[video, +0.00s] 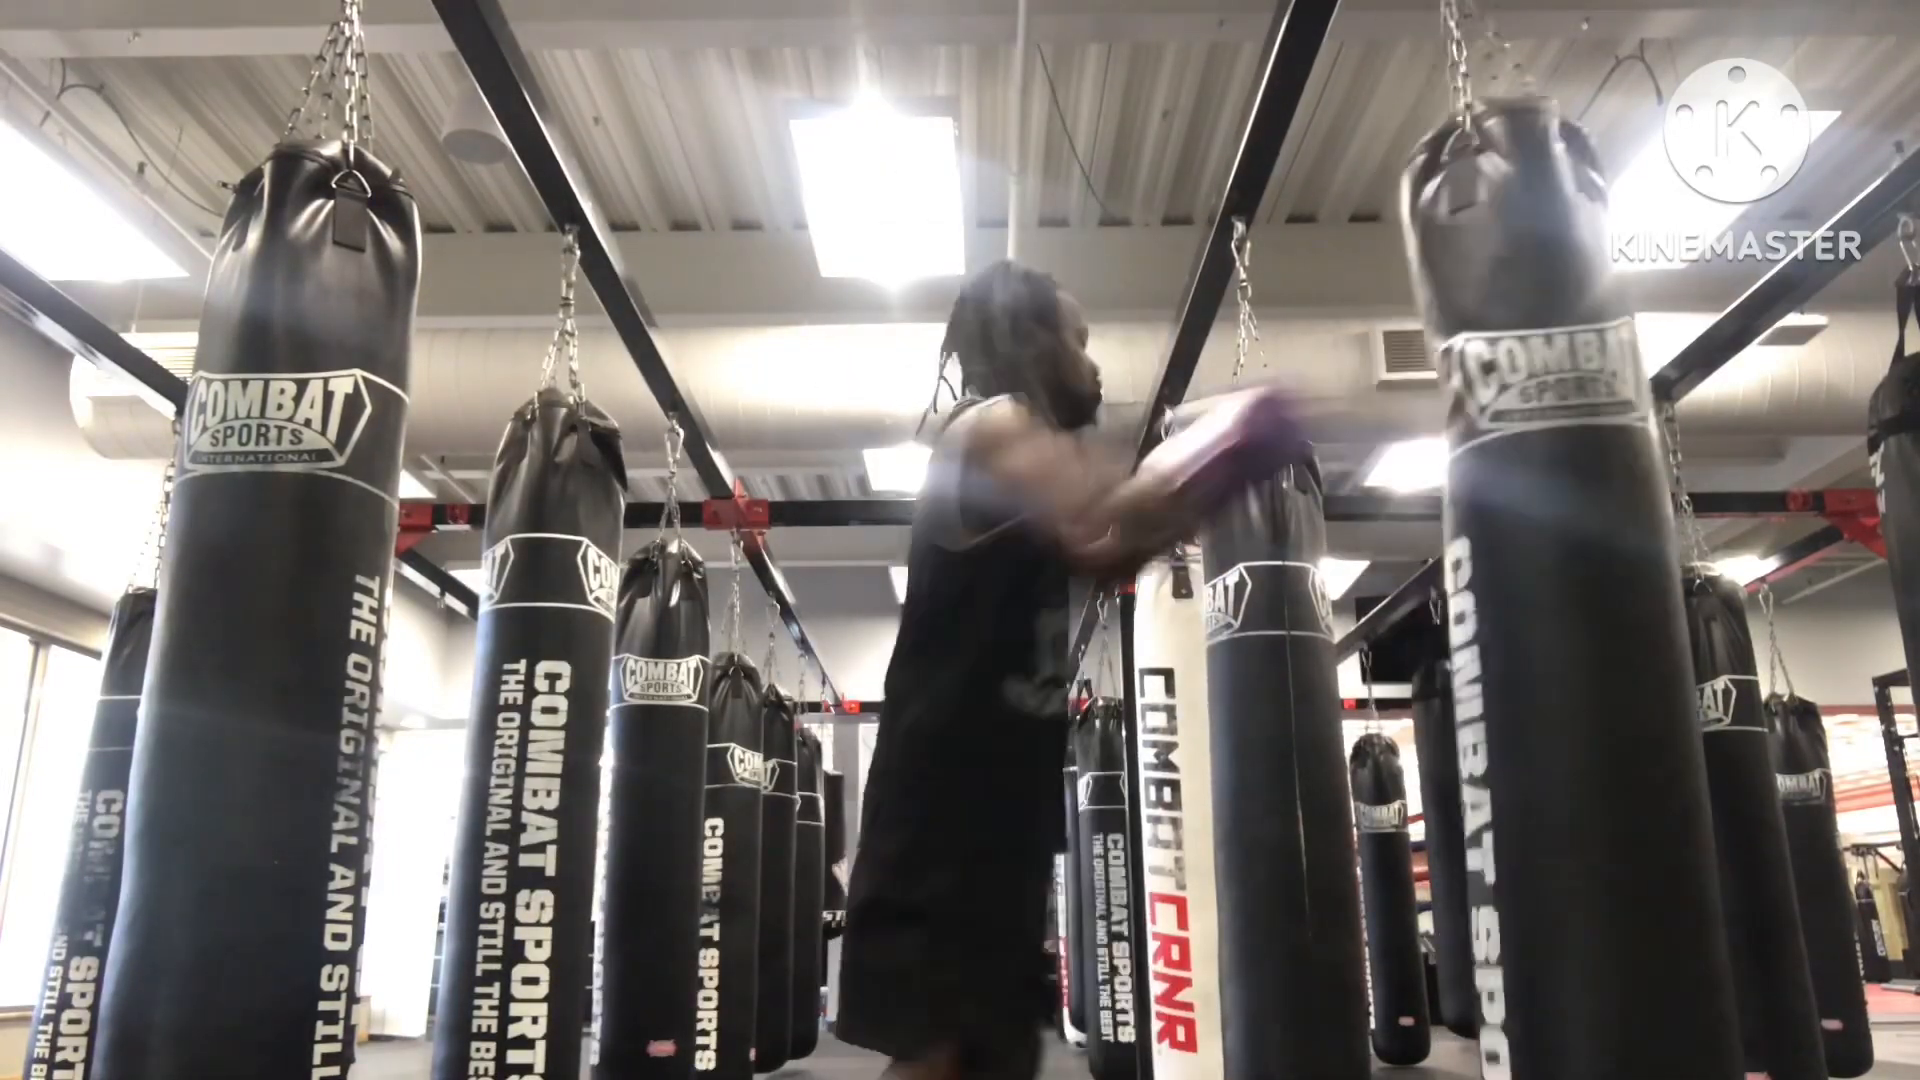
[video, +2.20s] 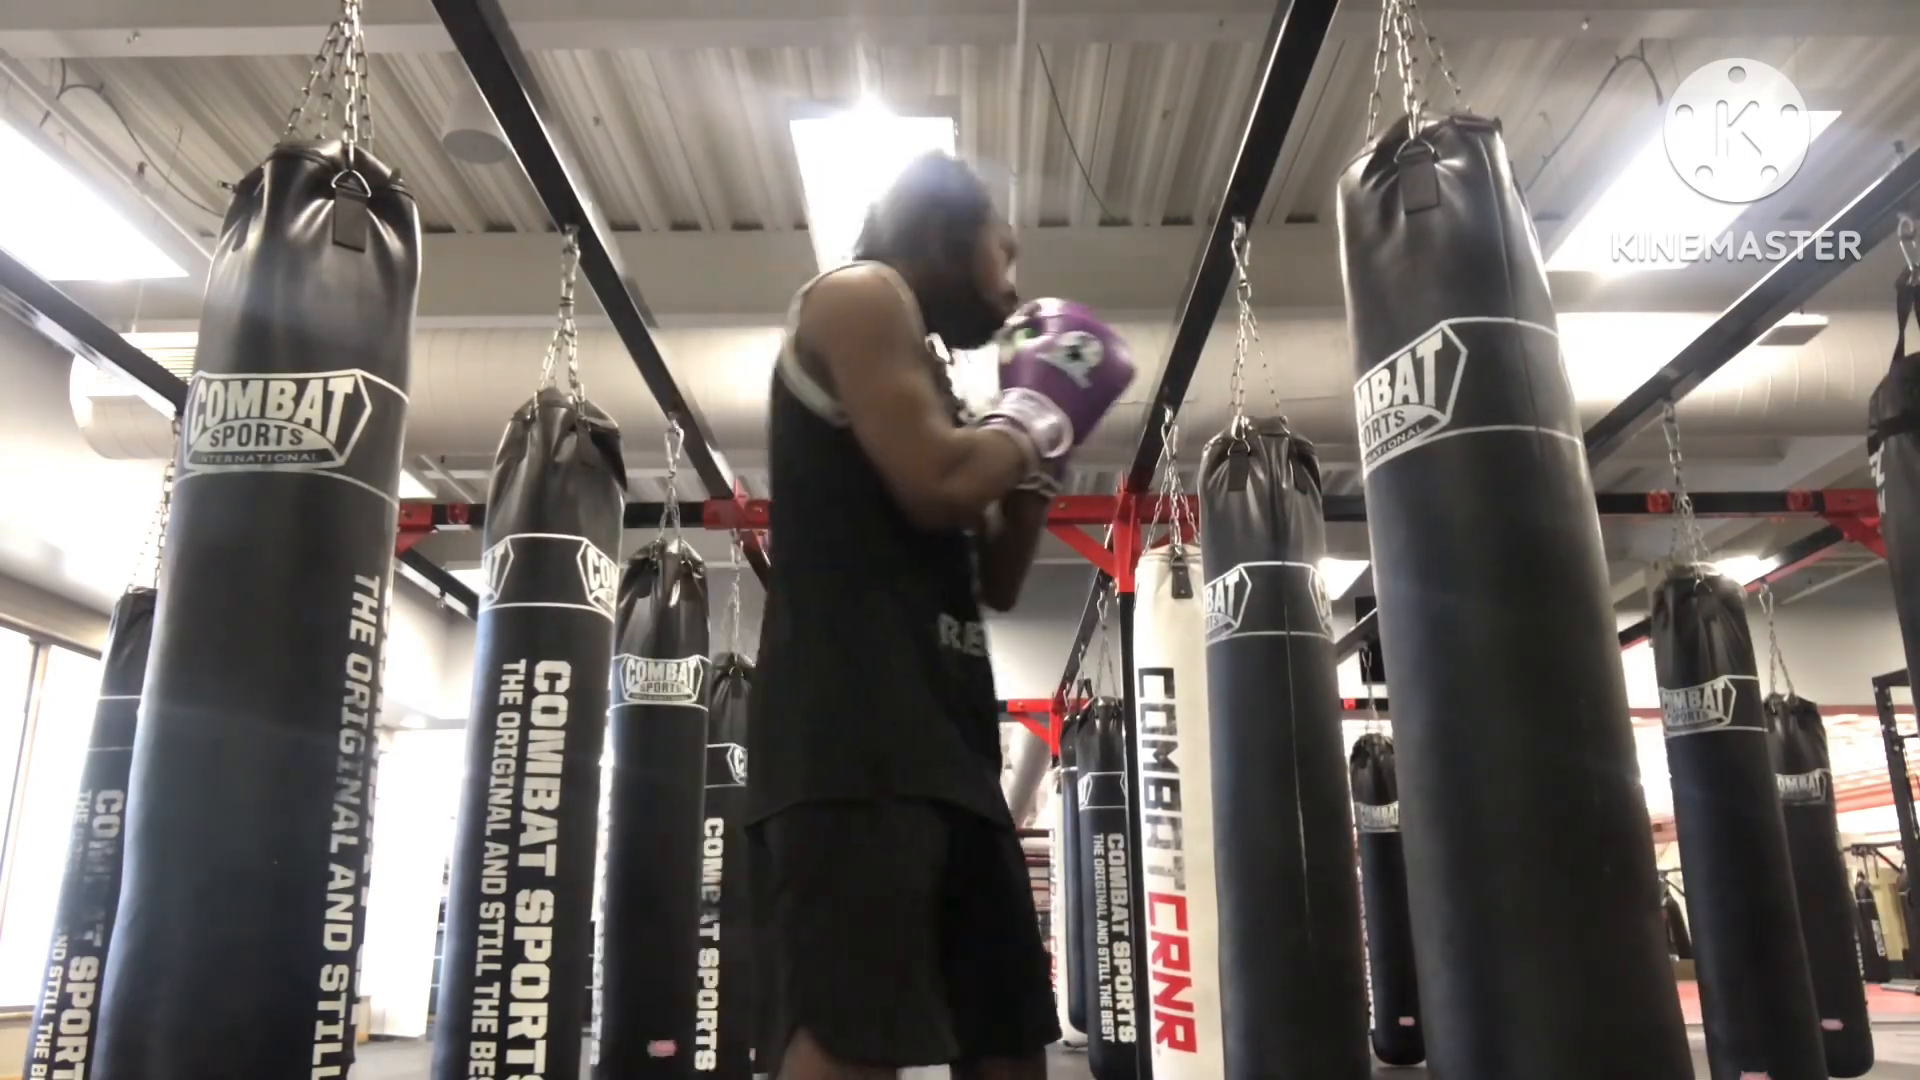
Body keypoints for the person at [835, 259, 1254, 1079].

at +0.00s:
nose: (1094, 359)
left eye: (1088, 338)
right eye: (1079, 338)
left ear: (1007, 343)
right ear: (1030, 338)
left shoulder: (1028, 444)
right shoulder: (991, 426)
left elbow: (1099, 548)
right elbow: (1095, 510)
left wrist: (1222, 468)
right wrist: (1222, 442)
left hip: (997, 812)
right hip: (952, 811)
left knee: (993, 1043)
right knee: (945, 1046)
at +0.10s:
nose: (1073, 371)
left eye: (1071, 353)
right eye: (1061, 352)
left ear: (970, 357)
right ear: (1017, 352)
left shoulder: (912, 470)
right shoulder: (1052, 420)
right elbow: (1234, 414)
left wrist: (1113, 484)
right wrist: (1380, 388)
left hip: (894, 785)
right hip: (980, 791)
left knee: (937, 1045)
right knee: (966, 1051)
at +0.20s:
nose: (1045, 378)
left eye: (1041, 363)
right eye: (1034, 361)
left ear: (935, 364)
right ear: (1001, 358)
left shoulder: (890, 471)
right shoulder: (993, 421)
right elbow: (1170, 430)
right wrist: (1321, 408)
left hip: (887, 800)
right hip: (949, 799)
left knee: (933, 1054)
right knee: (955, 1054)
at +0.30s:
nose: (1022, 364)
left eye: (1017, 345)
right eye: (1007, 344)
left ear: (931, 351)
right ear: (961, 347)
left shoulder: (925, 459)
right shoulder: (918, 416)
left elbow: (995, 628)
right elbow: (1044, 464)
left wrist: (1048, 519)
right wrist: (1195, 436)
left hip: (926, 777)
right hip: (884, 777)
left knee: (972, 1038)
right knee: (869, 1042)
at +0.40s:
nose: (991, 360)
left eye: (987, 339)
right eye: (976, 337)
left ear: (921, 346)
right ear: (923, 341)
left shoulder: (912, 467)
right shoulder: (851, 423)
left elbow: (960, 639)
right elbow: (901, 514)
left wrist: (1023, 555)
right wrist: (1040, 457)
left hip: (921, 776)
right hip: (853, 775)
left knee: (966, 1042)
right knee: (827, 1041)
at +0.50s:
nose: (946, 352)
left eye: (944, 332)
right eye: (930, 329)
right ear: (875, 332)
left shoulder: (878, 463)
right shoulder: (792, 425)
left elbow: (894, 652)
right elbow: (811, 558)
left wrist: (977, 577)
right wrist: (918, 450)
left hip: (897, 763)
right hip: (814, 766)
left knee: (952, 1030)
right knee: (771, 1035)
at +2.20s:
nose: (1017, 283)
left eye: (1017, 258)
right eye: (1006, 249)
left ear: (931, 247)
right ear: (948, 233)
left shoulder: (927, 373)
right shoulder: (859, 294)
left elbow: (994, 587)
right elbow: (935, 481)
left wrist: (1029, 470)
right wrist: (1040, 407)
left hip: (941, 752)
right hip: (852, 745)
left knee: (1008, 1042)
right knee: (843, 1042)